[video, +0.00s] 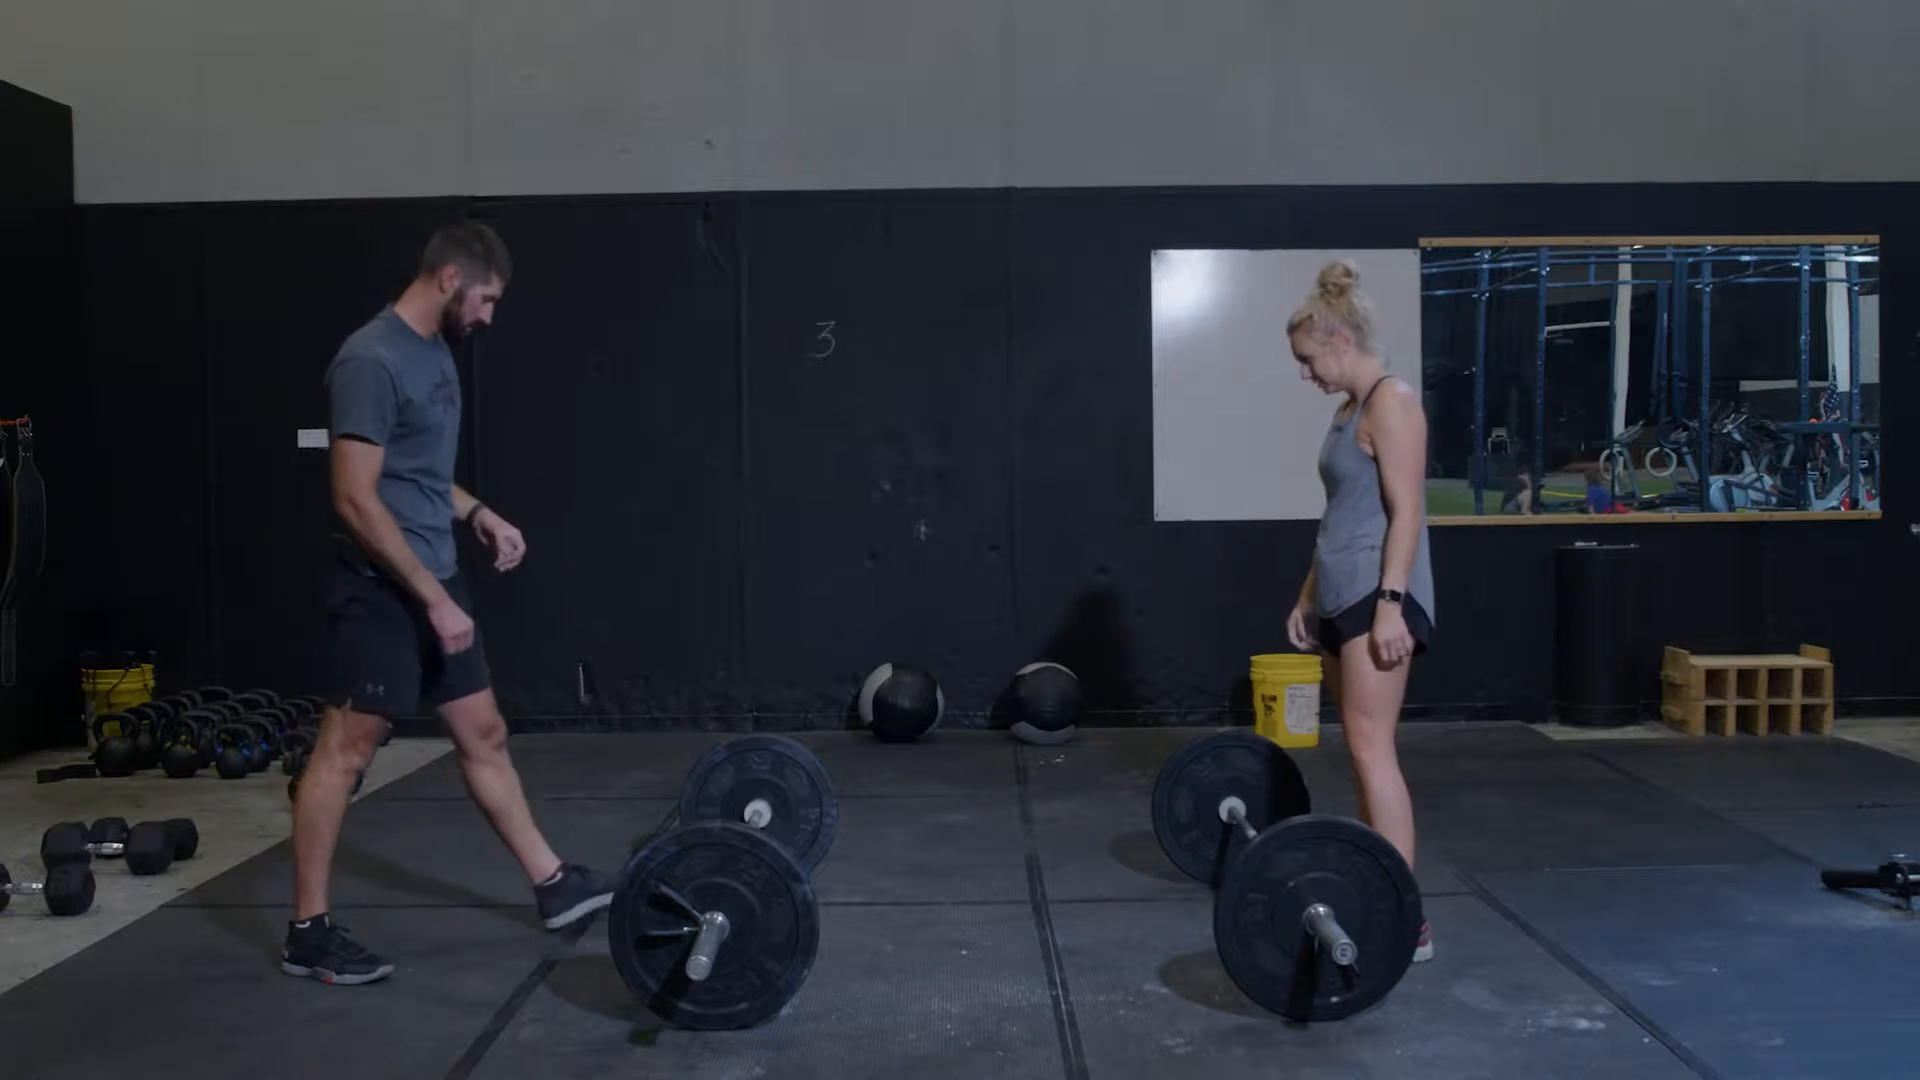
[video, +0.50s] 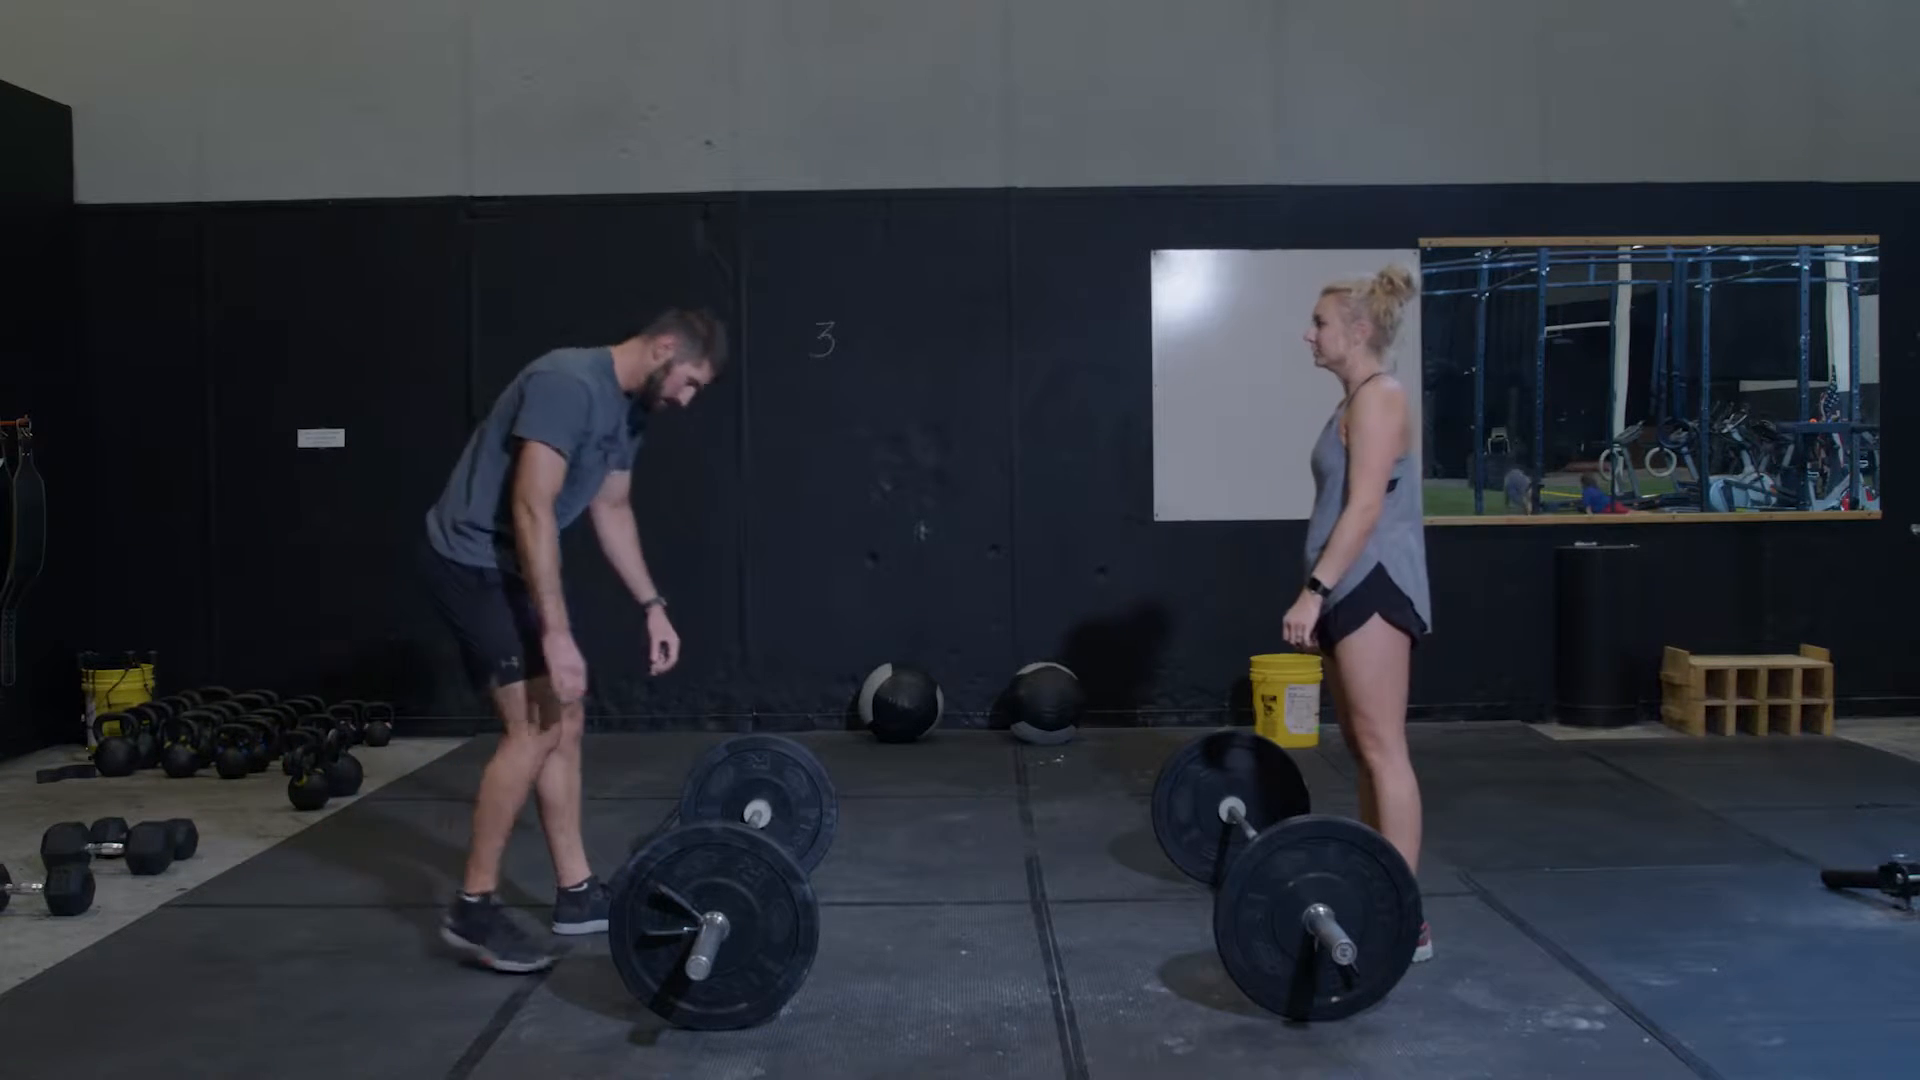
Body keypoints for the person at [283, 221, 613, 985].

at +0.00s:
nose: (488, 316)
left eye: (493, 303)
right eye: (485, 300)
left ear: (453, 285)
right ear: (448, 281)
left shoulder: (436, 355)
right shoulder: (370, 360)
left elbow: (422, 470)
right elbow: (352, 497)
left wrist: (480, 517)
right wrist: (433, 596)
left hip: (433, 579)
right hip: (374, 583)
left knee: (483, 735)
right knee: (344, 749)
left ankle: (553, 883)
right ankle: (309, 927)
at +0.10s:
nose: (526, 328)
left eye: (533, 315)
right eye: (524, 312)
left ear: (495, 295)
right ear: (489, 289)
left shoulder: (471, 364)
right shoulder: (405, 365)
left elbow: (453, 475)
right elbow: (386, 499)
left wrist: (515, 525)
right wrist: (445, 613)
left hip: (458, 587)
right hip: (396, 591)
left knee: (505, 739)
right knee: (366, 749)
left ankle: (567, 893)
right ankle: (310, 926)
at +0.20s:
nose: (572, 339)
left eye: (580, 328)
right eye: (571, 323)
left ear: (543, 306)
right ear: (537, 298)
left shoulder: (510, 373)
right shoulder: (453, 366)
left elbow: (494, 480)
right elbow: (427, 498)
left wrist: (554, 540)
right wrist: (455, 618)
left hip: (485, 581)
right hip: (426, 588)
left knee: (535, 730)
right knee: (409, 753)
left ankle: (575, 892)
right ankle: (319, 921)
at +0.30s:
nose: (618, 356)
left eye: (627, 345)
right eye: (618, 340)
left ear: (592, 317)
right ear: (586, 311)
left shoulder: (552, 378)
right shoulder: (498, 369)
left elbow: (533, 480)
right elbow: (464, 498)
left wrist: (593, 556)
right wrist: (473, 618)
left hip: (504, 575)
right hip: (451, 578)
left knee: (553, 724)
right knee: (469, 753)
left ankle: (578, 893)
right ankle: (349, 899)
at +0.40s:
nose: (655, 377)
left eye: (664, 367)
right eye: (657, 360)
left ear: (635, 337)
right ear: (628, 328)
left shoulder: (594, 392)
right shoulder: (536, 373)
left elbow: (577, 493)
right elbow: (496, 501)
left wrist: (627, 578)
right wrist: (509, 623)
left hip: (513, 558)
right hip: (458, 562)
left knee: (561, 721)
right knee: (518, 730)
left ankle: (577, 893)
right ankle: (403, 883)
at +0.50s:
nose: (686, 398)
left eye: (696, 389)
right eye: (690, 382)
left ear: (667, 356)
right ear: (663, 349)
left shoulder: (625, 408)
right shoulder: (568, 382)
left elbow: (612, 508)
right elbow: (532, 510)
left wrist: (652, 605)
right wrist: (557, 636)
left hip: (524, 561)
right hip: (471, 560)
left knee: (564, 715)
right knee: (530, 726)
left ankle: (576, 893)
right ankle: (473, 905)